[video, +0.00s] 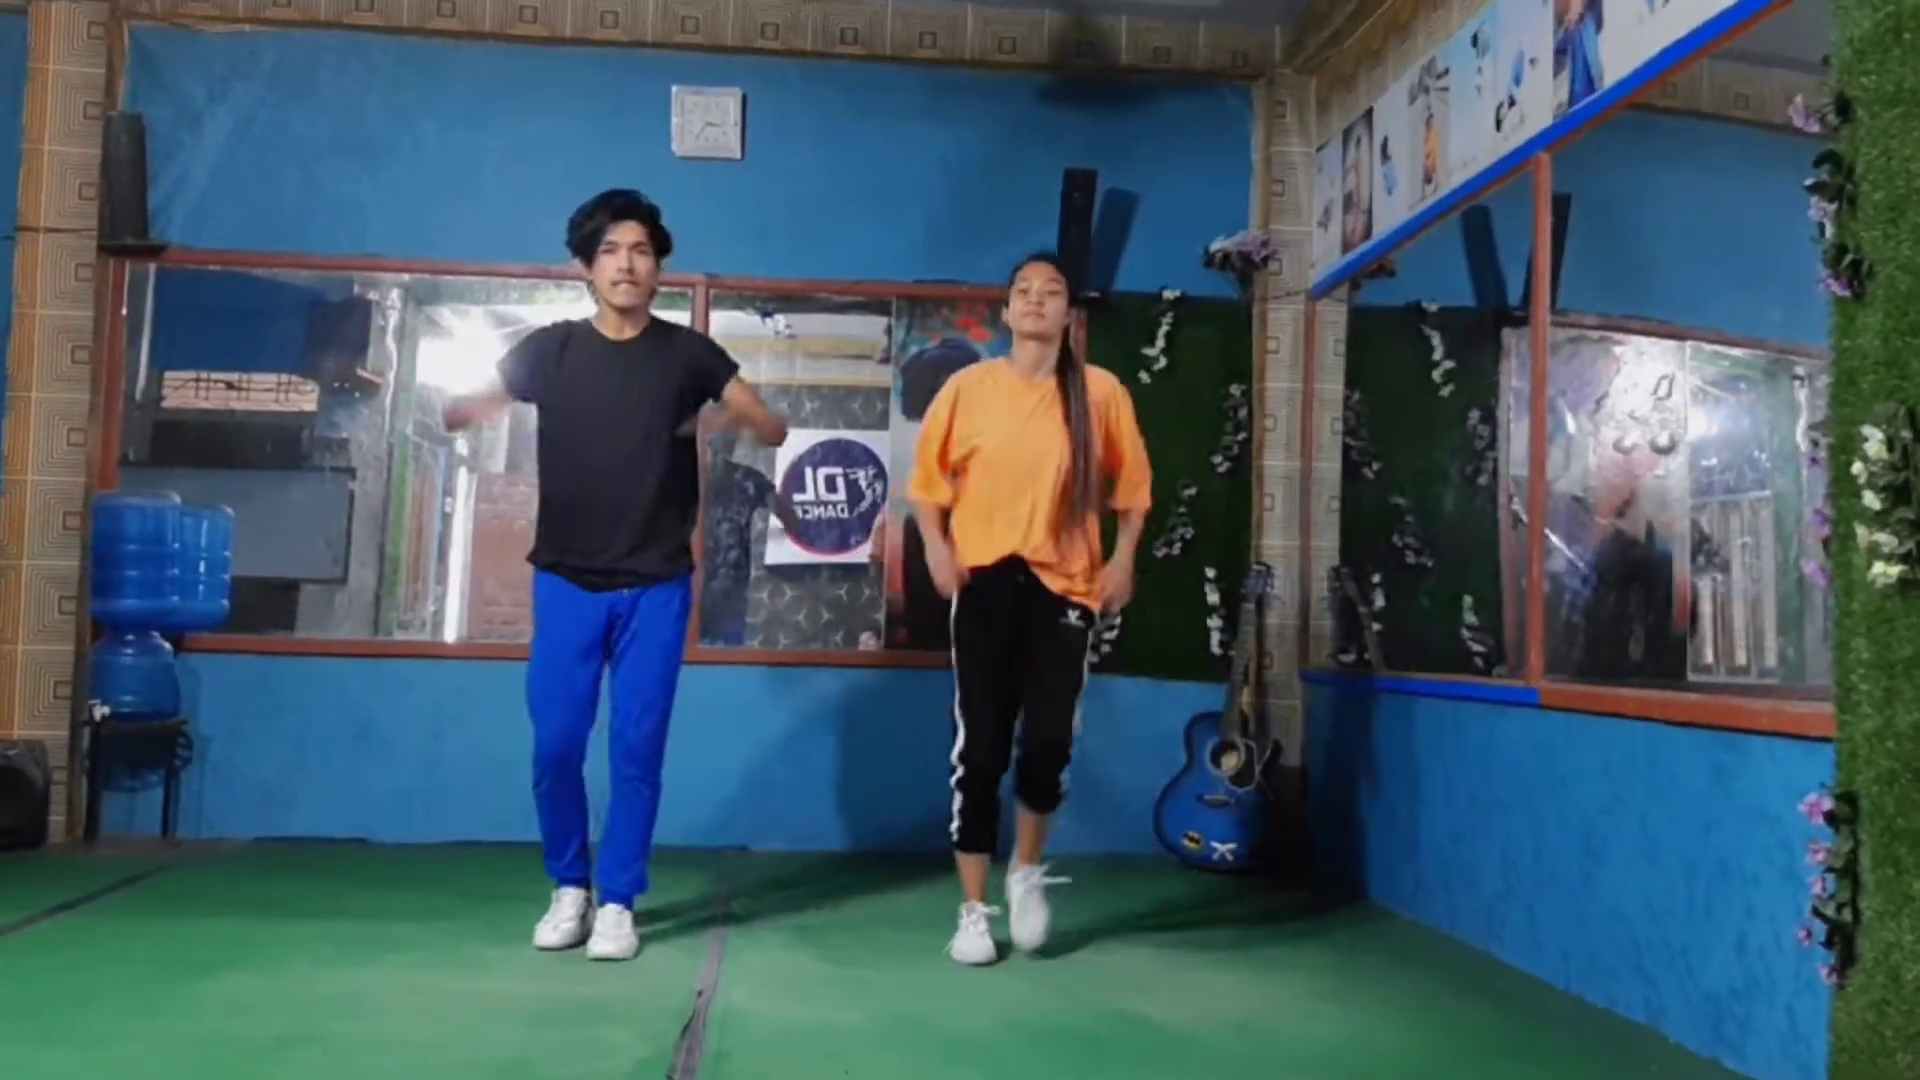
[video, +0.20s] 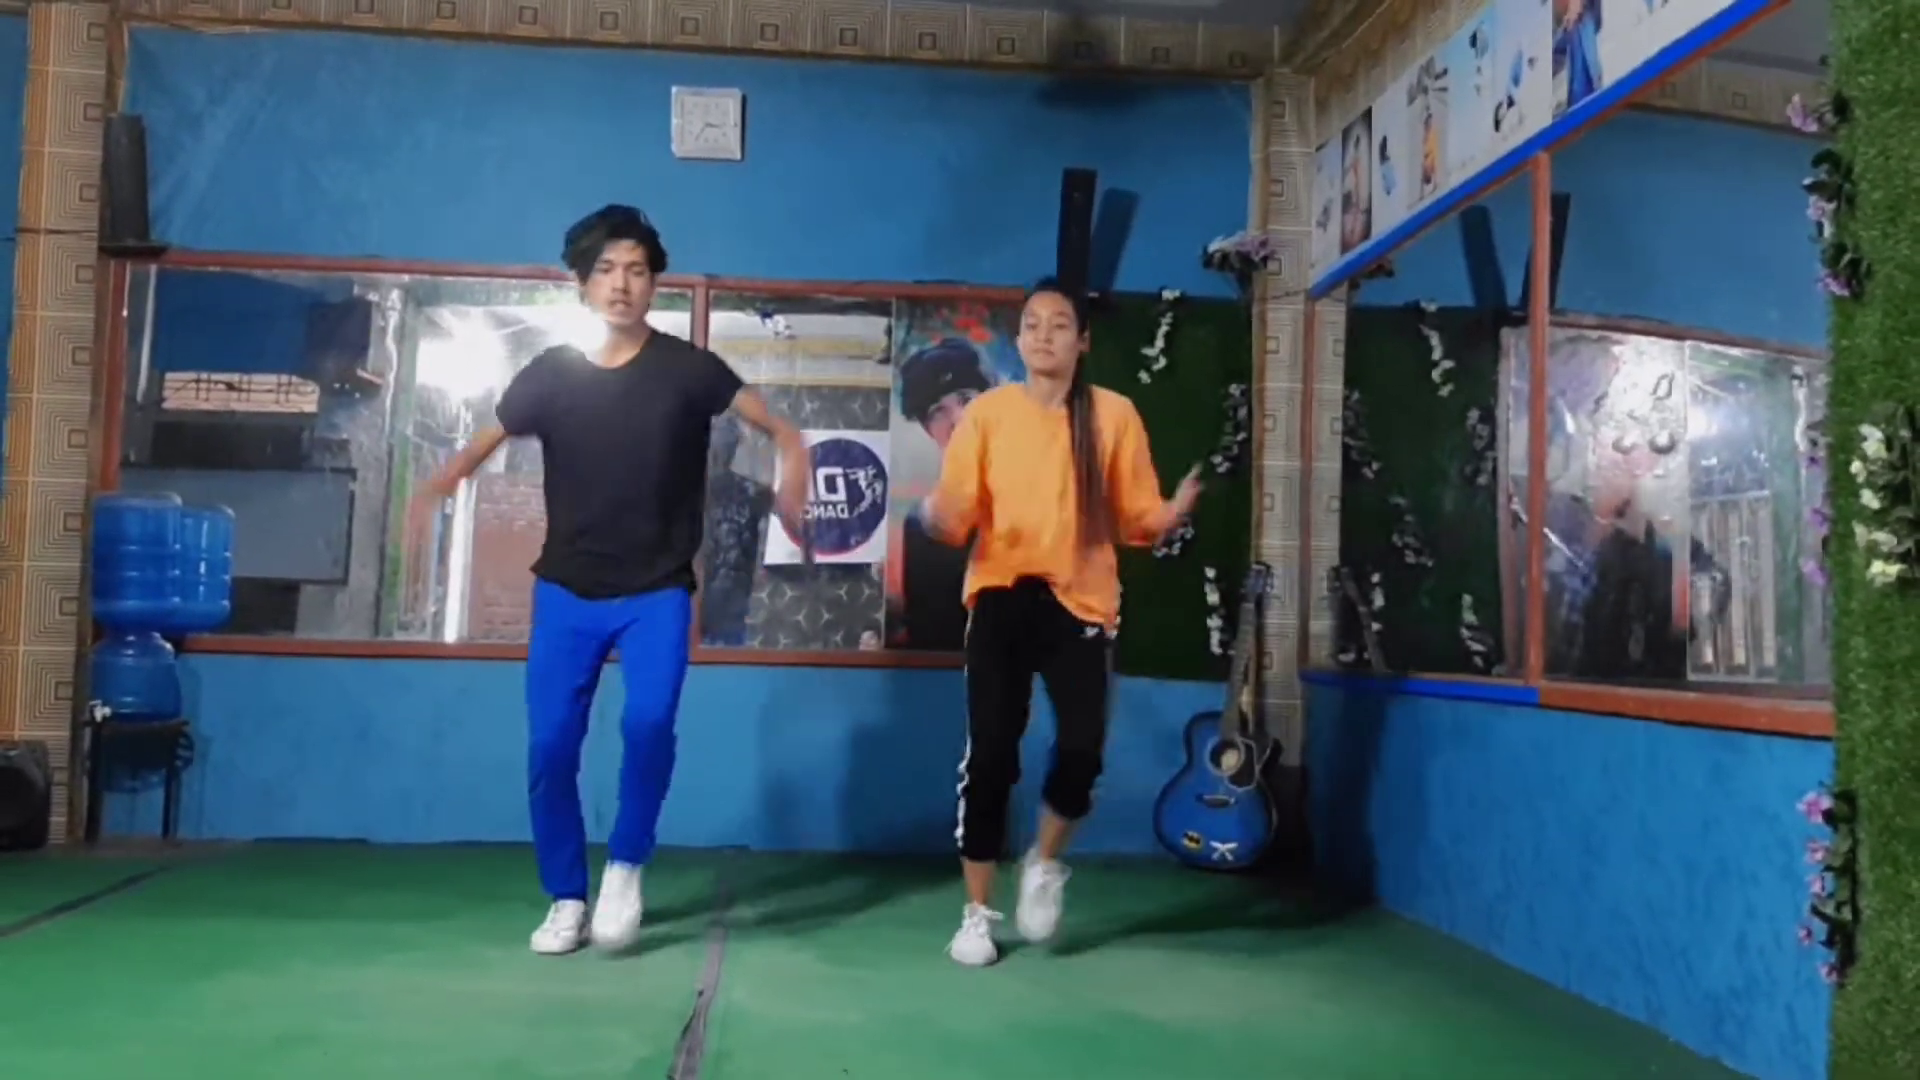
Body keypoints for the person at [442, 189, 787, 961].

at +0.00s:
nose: (629, 264)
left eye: (642, 251)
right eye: (613, 251)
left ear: (660, 268)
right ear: (586, 267)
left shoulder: (691, 354)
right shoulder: (549, 348)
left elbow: (773, 432)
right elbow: (485, 402)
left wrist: (743, 412)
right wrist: (459, 411)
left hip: (657, 585)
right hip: (565, 583)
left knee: (637, 748)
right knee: (553, 744)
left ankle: (617, 903)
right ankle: (568, 888)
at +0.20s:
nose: (625, 284)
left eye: (638, 271)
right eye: (609, 270)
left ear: (655, 285)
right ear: (583, 284)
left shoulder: (692, 368)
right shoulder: (551, 375)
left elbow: (777, 425)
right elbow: (487, 440)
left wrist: (796, 463)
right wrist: (440, 484)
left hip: (658, 593)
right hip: (566, 592)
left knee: (649, 725)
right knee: (548, 743)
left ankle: (626, 868)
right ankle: (566, 898)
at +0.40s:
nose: (637, 272)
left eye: (652, 258)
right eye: (623, 257)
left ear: (673, 271)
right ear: (600, 270)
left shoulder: (705, 358)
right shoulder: (574, 360)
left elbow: (739, 463)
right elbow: (517, 453)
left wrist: (799, 457)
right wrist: (414, 446)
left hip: (662, 581)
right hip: (579, 578)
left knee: (657, 741)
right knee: (523, 726)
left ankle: (694, 885)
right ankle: (510, 902)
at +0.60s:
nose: (624, 265)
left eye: (638, 251)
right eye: (609, 252)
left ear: (662, 265)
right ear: (588, 269)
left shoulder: (699, 345)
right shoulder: (563, 355)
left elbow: (793, 401)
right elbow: (472, 404)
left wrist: (784, 336)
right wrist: (419, 335)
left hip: (665, 575)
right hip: (579, 565)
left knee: (655, 727)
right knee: (496, 685)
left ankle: (673, 865)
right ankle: (538, 844)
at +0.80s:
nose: (604, 271)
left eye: (618, 256)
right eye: (588, 258)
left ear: (642, 271)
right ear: (569, 275)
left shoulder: (682, 362)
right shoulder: (549, 368)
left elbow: (736, 464)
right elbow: (505, 470)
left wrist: (700, 535)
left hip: (628, 587)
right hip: (549, 583)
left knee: (586, 736)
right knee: (528, 740)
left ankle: (598, 892)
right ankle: (553, 898)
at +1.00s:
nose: (582, 282)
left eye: (598, 269)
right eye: (569, 271)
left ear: (626, 284)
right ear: (553, 287)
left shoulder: (665, 346)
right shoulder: (540, 392)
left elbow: (729, 420)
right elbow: (484, 475)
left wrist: (643, 434)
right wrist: (446, 509)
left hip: (642, 578)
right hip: (559, 582)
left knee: (584, 704)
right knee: (523, 745)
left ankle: (615, 855)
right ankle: (552, 904)